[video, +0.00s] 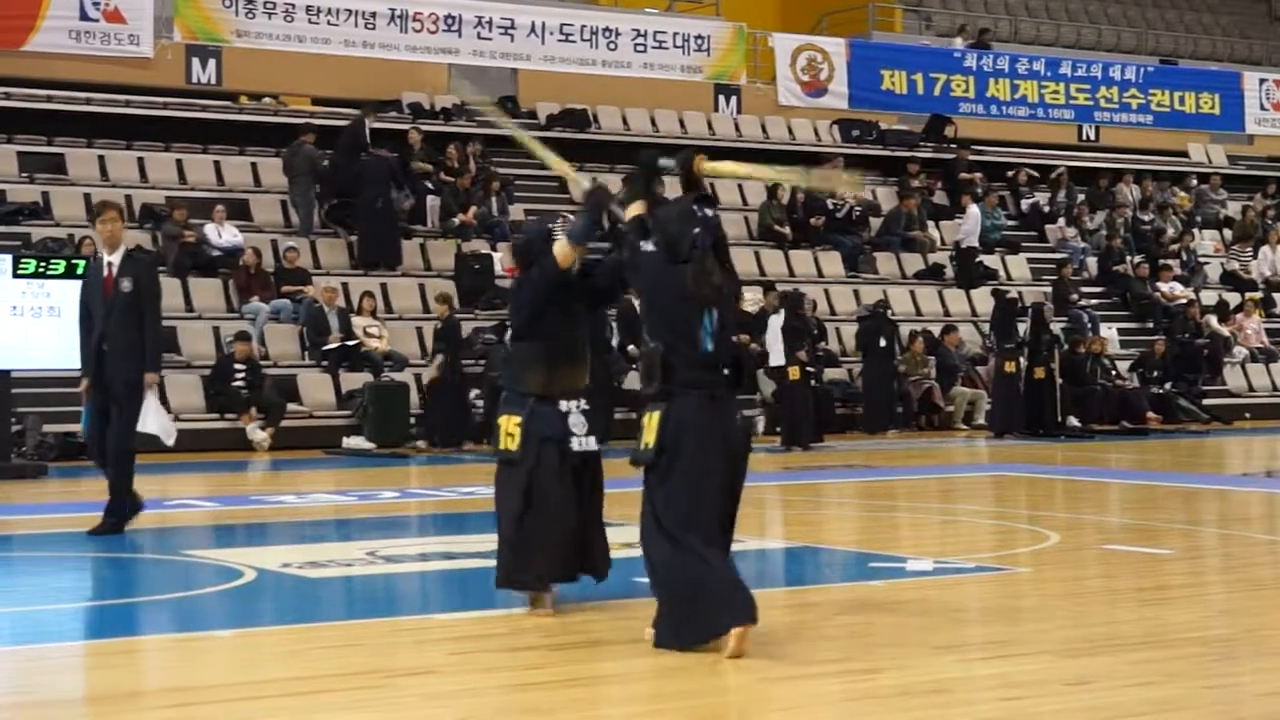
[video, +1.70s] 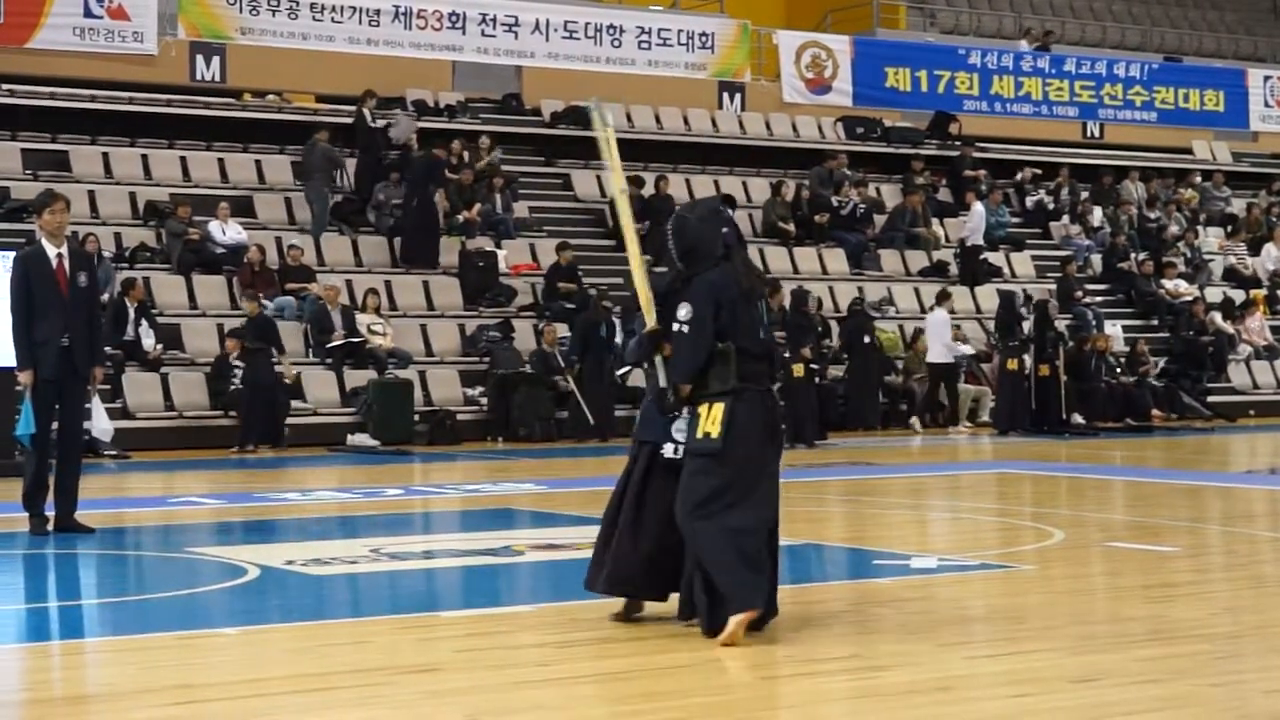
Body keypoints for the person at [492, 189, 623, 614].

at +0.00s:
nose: (568, 250)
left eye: (568, 245)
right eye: (559, 245)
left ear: (531, 253)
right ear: (542, 254)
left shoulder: (580, 286)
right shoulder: (530, 289)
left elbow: (622, 270)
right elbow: (564, 252)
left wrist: (633, 220)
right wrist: (590, 215)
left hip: (570, 404)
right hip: (532, 406)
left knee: (561, 495)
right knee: (536, 496)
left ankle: (543, 585)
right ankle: (537, 588)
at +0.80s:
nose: (575, 244)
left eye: (574, 237)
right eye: (568, 239)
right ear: (548, 246)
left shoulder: (578, 289)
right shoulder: (522, 299)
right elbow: (554, 320)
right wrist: (601, 281)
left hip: (580, 407)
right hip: (546, 409)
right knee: (565, 503)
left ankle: (510, 580)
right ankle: (569, 601)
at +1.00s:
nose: (599, 238)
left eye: (597, 231)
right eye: (590, 231)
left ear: (579, 239)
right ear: (570, 240)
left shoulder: (595, 284)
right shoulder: (555, 291)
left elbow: (626, 333)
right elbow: (601, 304)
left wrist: (648, 328)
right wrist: (655, 269)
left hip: (597, 400)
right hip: (569, 404)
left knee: (582, 495)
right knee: (574, 497)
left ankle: (558, 590)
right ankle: (564, 598)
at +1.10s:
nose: (612, 235)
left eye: (611, 227)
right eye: (604, 228)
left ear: (596, 233)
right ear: (583, 234)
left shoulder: (610, 279)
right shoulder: (564, 282)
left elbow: (642, 341)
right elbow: (610, 320)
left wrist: (653, 332)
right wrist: (662, 289)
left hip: (614, 399)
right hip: (578, 402)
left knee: (613, 496)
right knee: (579, 500)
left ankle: (600, 590)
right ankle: (569, 603)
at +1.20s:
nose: (629, 238)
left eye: (629, 230)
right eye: (620, 230)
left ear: (627, 237)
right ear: (597, 236)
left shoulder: (631, 284)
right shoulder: (571, 291)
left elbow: (657, 342)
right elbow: (617, 332)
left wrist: (682, 295)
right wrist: (666, 300)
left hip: (635, 403)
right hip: (592, 405)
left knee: (662, 492)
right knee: (588, 503)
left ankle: (654, 591)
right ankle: (572, 605)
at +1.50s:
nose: (677, 244)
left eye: (681, 236)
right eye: (670, 236)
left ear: (691, 241)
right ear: (653, 243)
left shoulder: (697, 290)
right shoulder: (635, 296)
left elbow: (713, 339)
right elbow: (610, 353)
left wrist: (675, 329)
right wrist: (620, 320)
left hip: (693, 408)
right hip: (643, 410)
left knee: (691, 502)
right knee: (624, 503)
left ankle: (698, 595)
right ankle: (586, 589)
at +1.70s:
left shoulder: (714, 311)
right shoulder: (653, 307)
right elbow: (629, 356)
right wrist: (647, 340)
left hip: (704, 416)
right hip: (659, 414)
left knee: (694, 508)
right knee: (643, 506)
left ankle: (694, 595)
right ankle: (635, 592)